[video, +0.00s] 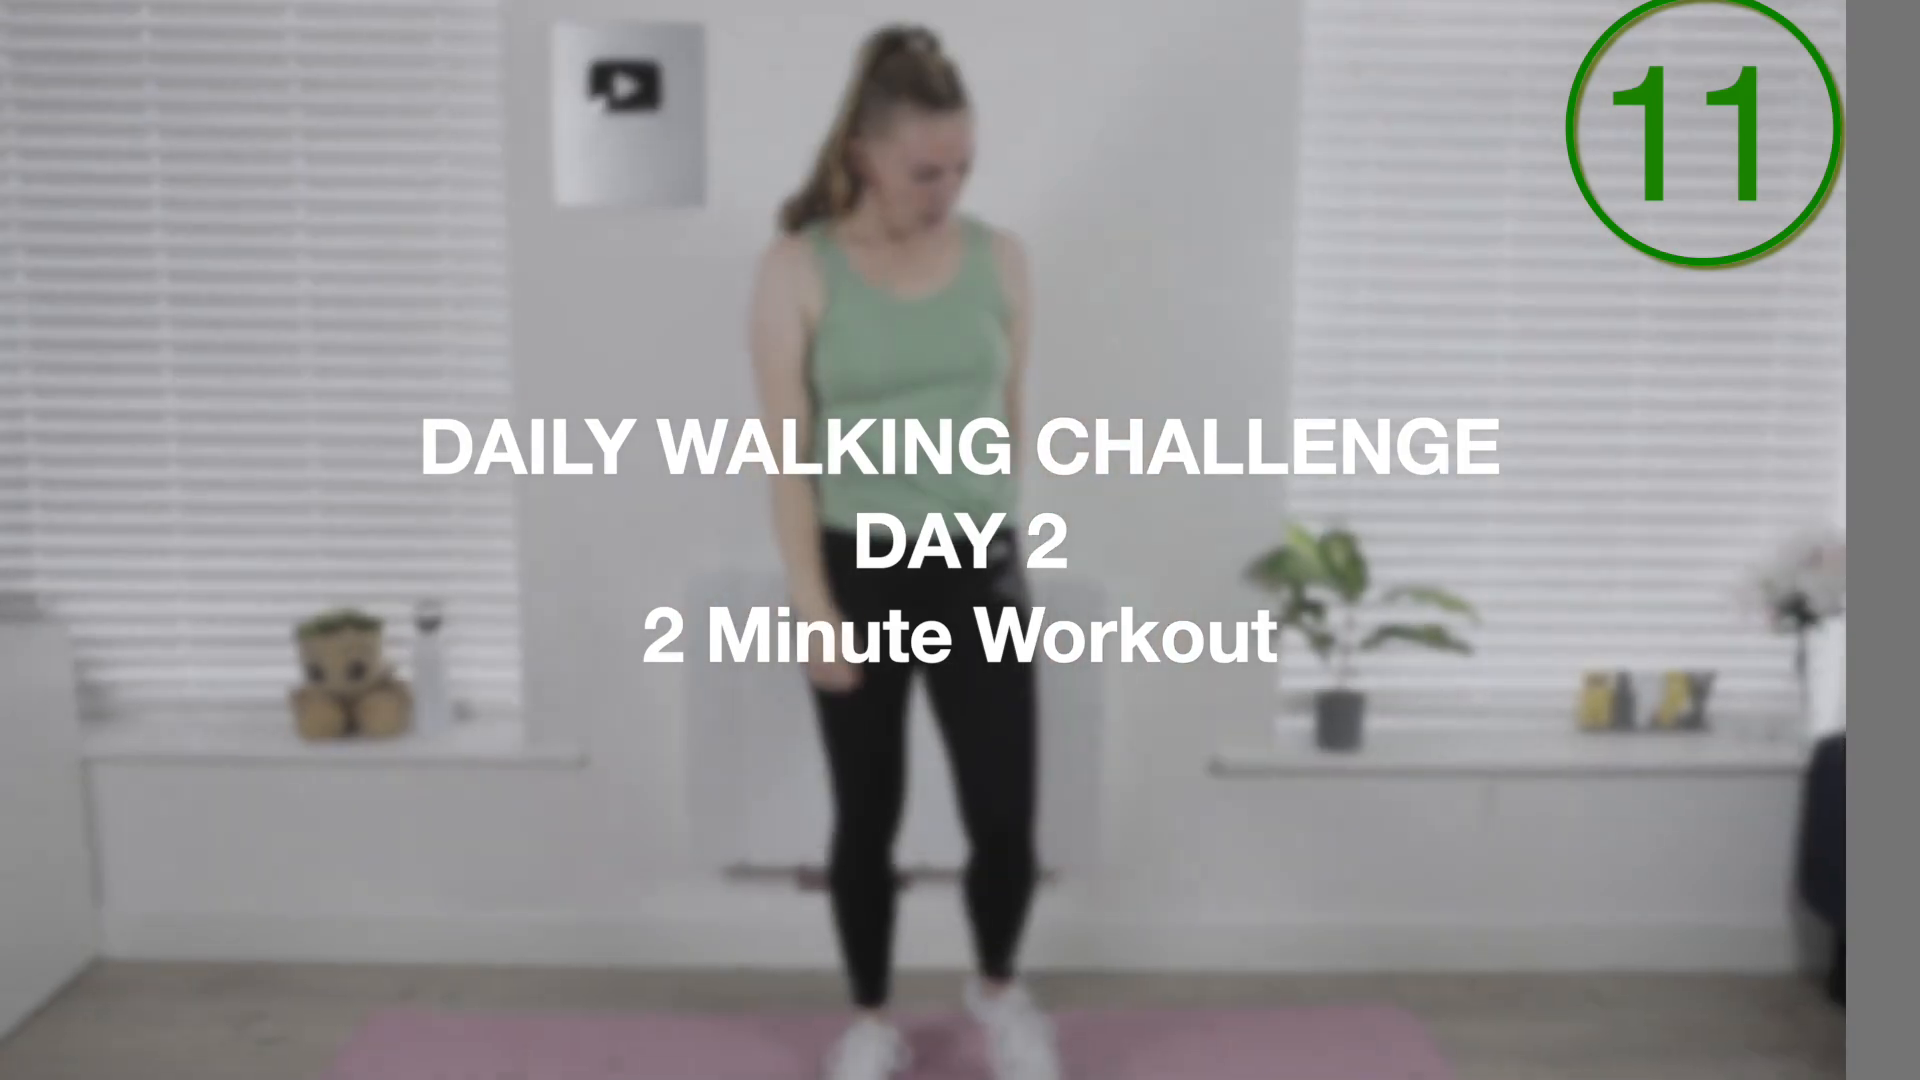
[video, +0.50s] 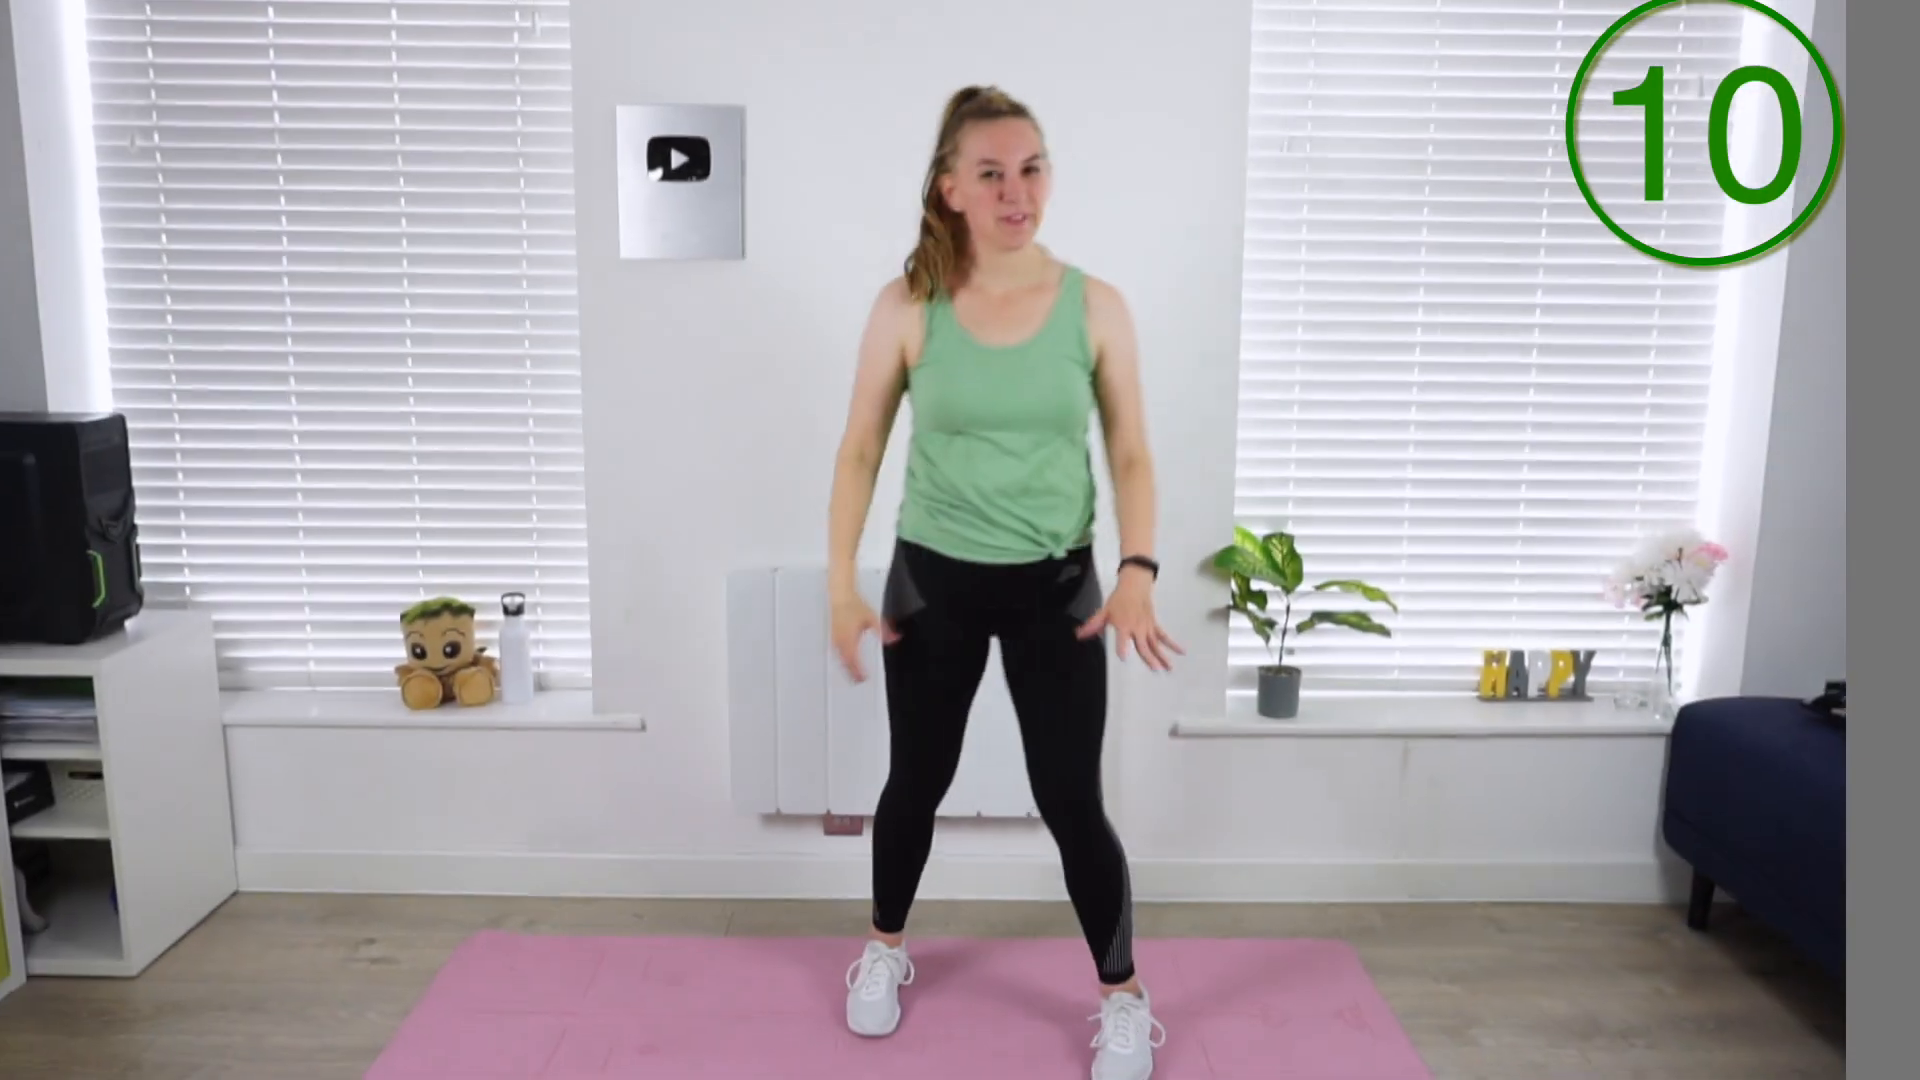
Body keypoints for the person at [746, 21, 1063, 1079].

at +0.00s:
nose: (947, 191)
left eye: (959, 170)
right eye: (926, 172)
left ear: (972, 150)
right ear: (860, 153)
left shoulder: (997, 260)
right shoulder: (799, 267)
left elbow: (1013, 427)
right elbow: (786, 454)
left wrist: (1013, 559)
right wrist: (814, 605)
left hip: (977, 563)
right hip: (854, 566)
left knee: (1004, 807)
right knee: (868, 807)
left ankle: (998, 988)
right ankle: (870, 1015)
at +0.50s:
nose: (1016, 191)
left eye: (1030, 170)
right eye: (991, 173)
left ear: (1048, 177)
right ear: (948, 188)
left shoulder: (1094, 307)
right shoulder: (907, 308)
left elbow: (1131, 455)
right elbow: (859, 454)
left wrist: (1136, 569)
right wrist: (844, 586)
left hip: (1057, 582)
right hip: (935, 578)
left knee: (1071, 802)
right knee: (915, 780)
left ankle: (1122, 998)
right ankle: (883, 947)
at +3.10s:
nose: (987, 201)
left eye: (1010, 184)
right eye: (973, 183)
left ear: (1054, 199)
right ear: (958, 195)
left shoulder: (1093, 301)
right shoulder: (928, 287)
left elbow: (1074, 335)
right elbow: (826, 359)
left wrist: (938, 317)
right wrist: (933, 362)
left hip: (1072, 577)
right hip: (963, 576)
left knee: (1081, 786)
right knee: (995, 785)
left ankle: (1116, 971)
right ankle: (1006, 972)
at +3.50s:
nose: (982, 207)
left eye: (1004, 190)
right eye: (972, 190)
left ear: (1056, 203)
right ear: (961, 199)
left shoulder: (1092, 308)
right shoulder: (941, 295)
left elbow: (1081, 403)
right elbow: (830, 361)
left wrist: (933, 401)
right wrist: (948, 331)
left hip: (1079, 576)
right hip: (976, 573)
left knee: (1069, 789)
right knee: (1001, 782)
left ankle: (1127, 959)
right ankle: (1006, 970)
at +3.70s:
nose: (981, 227)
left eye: (996, 210)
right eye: (977, 210)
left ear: (1061, 207)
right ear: (999, 214)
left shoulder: (1116, 317)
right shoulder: (985, 310)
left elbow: (1112, 469)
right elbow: (914, 412)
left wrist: (996, 548)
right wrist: (871, 448)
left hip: (1088, 585)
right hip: (998, 578)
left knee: (1072, 793)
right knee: (1012, 786)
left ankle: (1144, 963)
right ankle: (1007, 971)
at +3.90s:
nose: (1001, 245)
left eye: (1008, 226)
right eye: (997, 228)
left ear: (1068, 213)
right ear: (1059, 217)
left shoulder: (1144, 324)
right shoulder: (1045, 308)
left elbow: (1114, 492)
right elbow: (1026, 455)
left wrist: (1067, 621)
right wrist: (986, 562)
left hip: (1116, 578)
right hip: (1031, 570)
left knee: (1099, 779)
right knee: (1030, 778)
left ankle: (1147, 966)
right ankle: (1007, 967)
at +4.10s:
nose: (1019, 260)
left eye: (1024, 241)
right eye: (1013, 243)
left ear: (1073, 227)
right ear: (1072, 232)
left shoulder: (1145, 340)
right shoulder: (1097, 325)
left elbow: (1150, 509)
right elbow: (1092, 478)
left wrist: (1136, 644)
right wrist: (1062, 583)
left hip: (1134, 585)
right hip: (1071, 576)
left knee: (1126, 779)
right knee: (1039, 772)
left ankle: (1146, 964)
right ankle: (1003, 957)